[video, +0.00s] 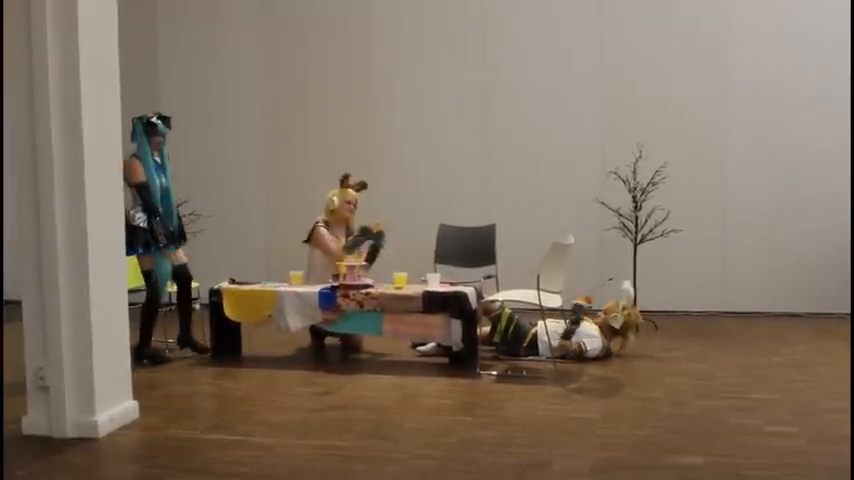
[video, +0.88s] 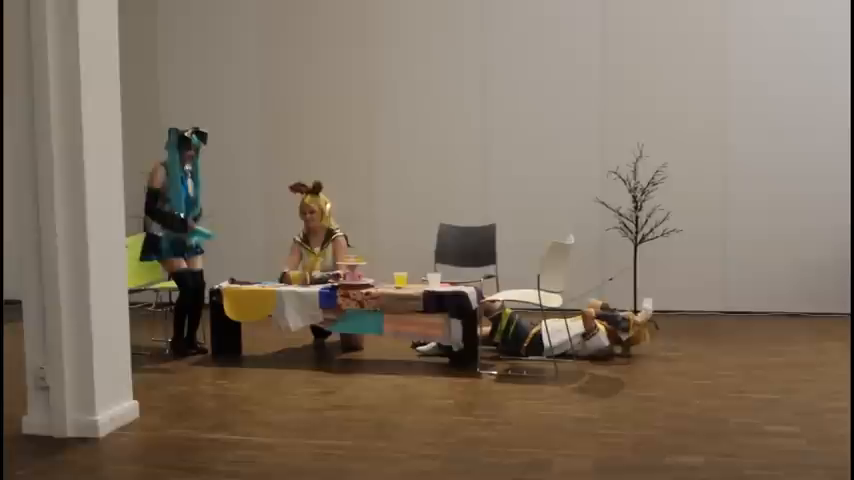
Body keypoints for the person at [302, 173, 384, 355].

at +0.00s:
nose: (352, 208)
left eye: (355, 204)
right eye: (348, 203)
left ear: (356, 208)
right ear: (334, 204)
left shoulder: (350, 232)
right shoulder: (319, 230)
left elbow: (362, 265)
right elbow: (338, 254)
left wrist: (376, 246)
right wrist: (361, 238)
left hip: (346, 296)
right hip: (318, 297)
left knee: (355, 344)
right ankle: (318, 334)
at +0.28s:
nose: (347, 210)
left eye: (350, 206)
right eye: (341, 206)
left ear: (353, 210)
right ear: (330, 208)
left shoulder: (352, 233)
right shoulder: (318, 234)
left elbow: (359, 272)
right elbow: (324, 268)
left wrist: (362, 255)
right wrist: (344, 251)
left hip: (344, 293)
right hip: (316, 295)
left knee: (352, 345)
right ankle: (316, 334)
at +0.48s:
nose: (326, 208)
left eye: (330, 204)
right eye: (321, 205)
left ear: (339, 206)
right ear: (316, 208)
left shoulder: (352, 236)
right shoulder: (306, 236)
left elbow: (356, 271)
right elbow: (295, 269)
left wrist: (341, 271)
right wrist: (314, 264)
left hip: (344, 292)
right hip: (313, 293)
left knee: (355, 344)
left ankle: (345, 340)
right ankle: (317, 338)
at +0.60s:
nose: (318, 208)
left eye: (323, 204)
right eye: (315, 204)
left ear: (333, 205)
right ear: (310, 207)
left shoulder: (347, 234)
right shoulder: (303, 235)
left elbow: (351, 267)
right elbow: (299, 267)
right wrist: (294, 279)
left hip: (342, 290)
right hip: (313, 292)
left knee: (354, 344)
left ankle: (345, 336)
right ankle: (318, 338)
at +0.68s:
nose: (314, 210)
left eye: (319, 205)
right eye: (310, 206)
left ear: (330, 206)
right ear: (307, 208)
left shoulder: (343, 233)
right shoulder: (302, 236)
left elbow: (350, 267)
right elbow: (298, 270)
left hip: (339, 288)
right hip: (311, 291)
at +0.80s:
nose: (309, 214)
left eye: (314, 209)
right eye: (306, 210)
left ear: (325, 210)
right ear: (302, 212)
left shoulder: (339, 236)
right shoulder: (300, 239)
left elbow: (344, 271)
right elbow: (293, 272)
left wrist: (323, 276)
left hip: (337, 292)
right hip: (310, 294)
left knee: (354, 344)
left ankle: (346, 335)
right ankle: (319, 341)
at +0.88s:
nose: (307, 217)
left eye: (311, 212)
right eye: (303, 213)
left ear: (323, 213)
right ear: (300, 215)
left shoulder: (336, 238)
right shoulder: (300, 240)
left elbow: (342, 273)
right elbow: (288, 273)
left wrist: (315, 278)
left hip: (332, 290)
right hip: (307, 292)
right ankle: (318, 334)